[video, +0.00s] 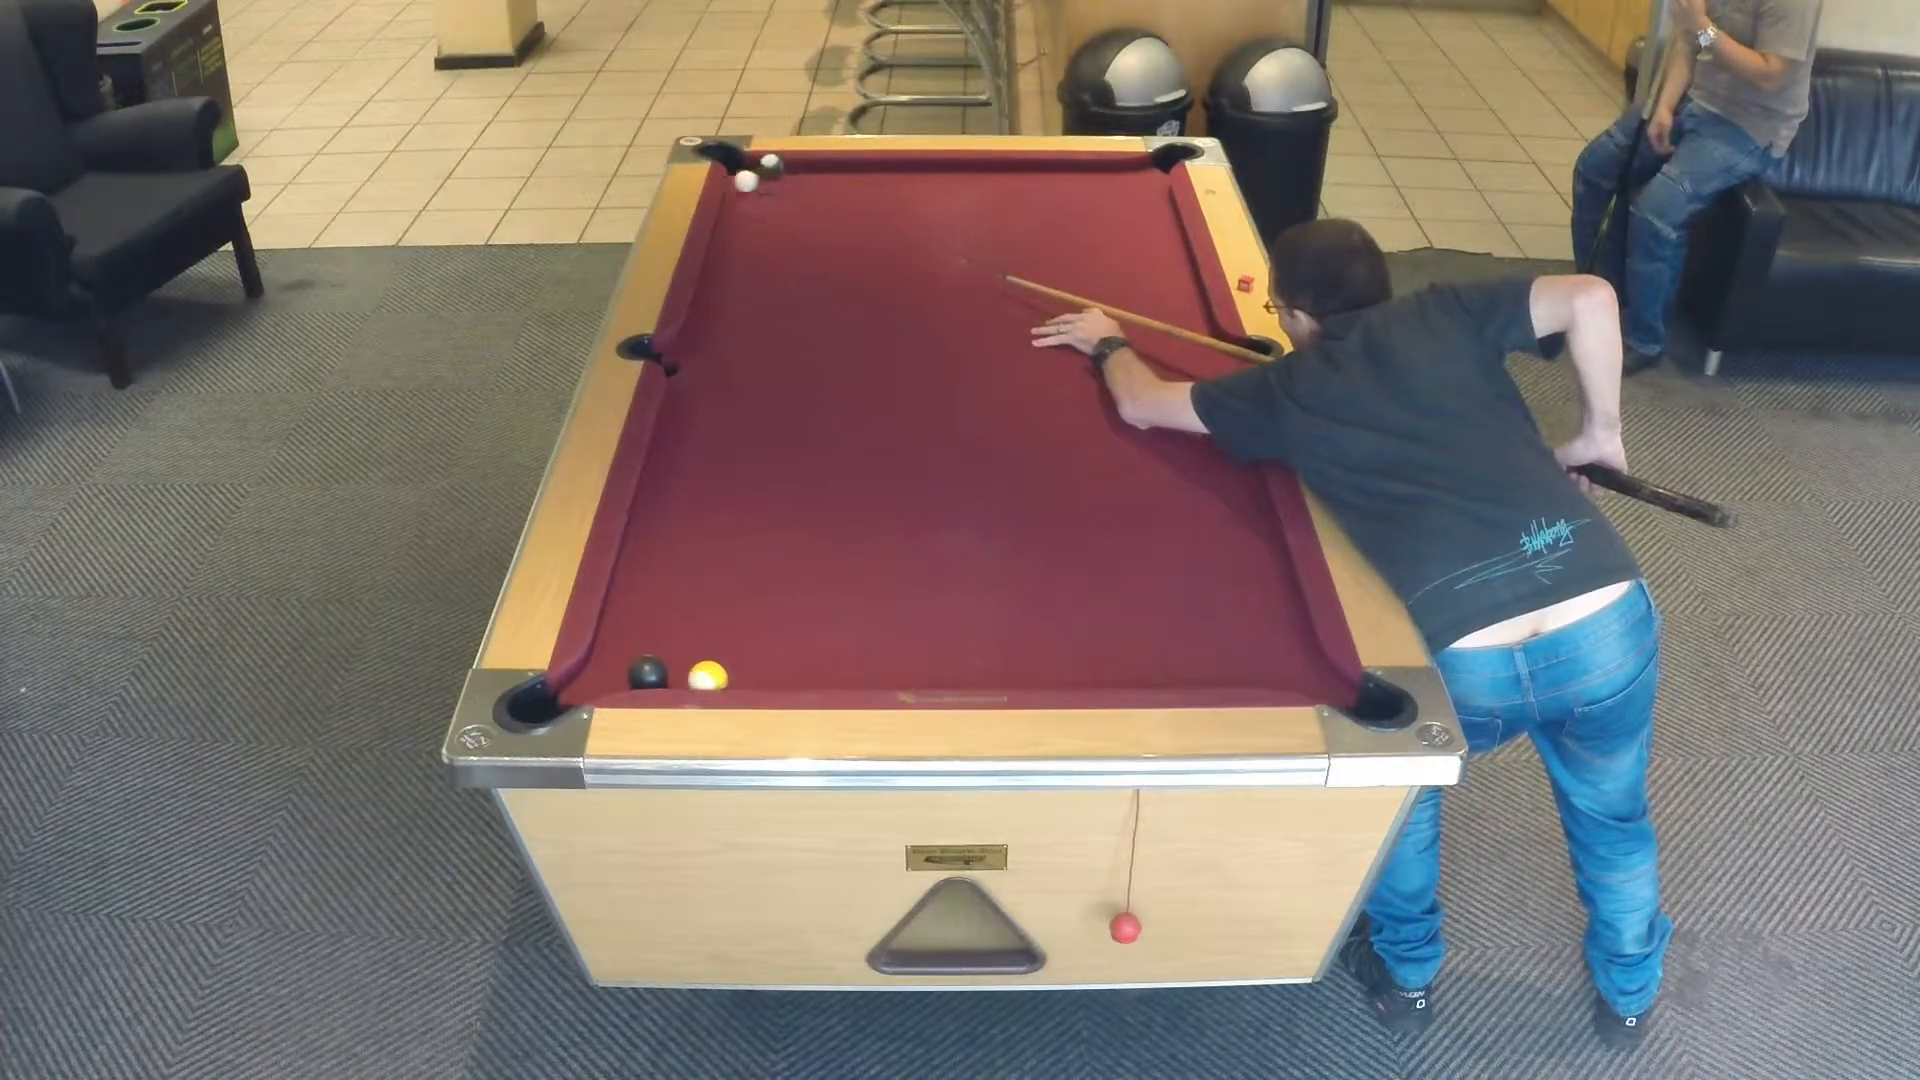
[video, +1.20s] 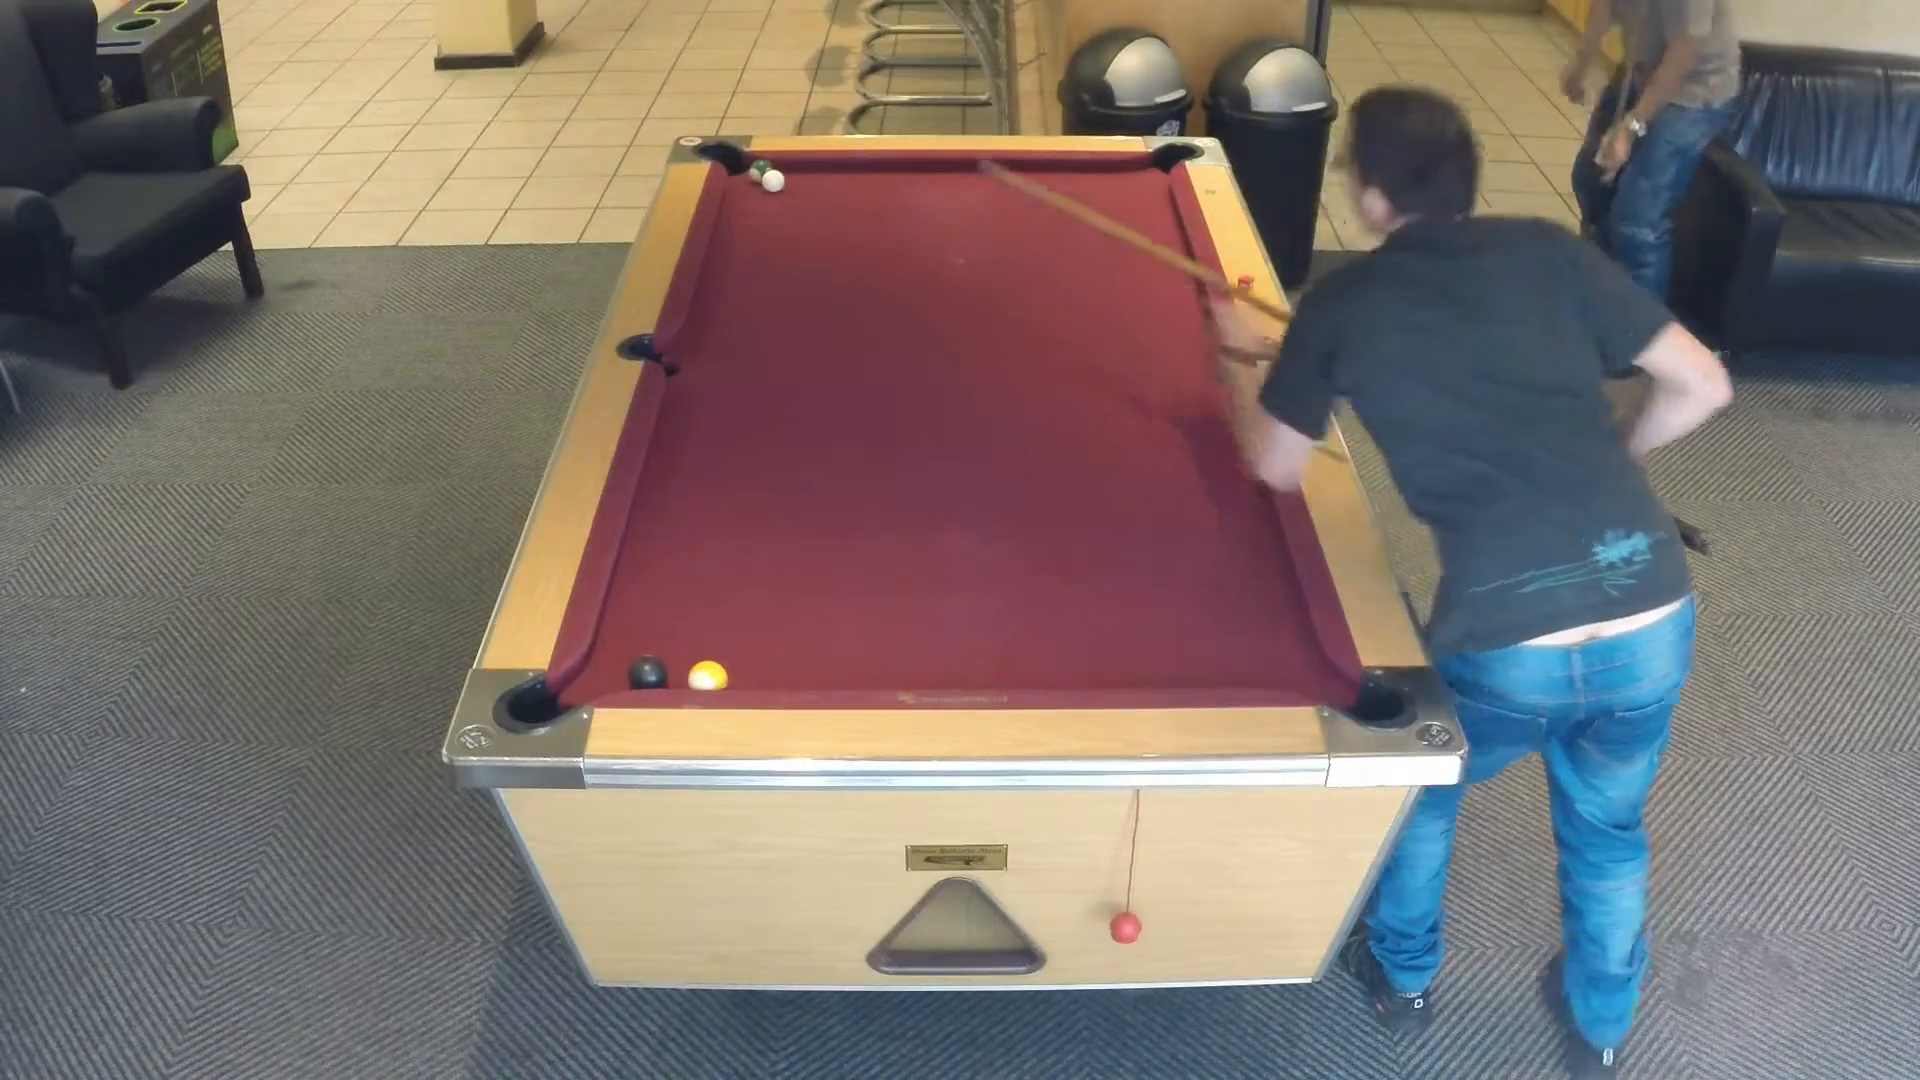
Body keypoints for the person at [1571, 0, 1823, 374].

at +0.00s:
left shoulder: (1792, 6)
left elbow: (1771, 76)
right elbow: (1686, 40)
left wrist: (1702, 28)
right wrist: (1665, 105)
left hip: (1746, 126)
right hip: (1688, 102)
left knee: (1654, 210)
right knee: (1594, 168)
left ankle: (1642, 342)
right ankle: (1593, 302)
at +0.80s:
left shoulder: (1741, 6)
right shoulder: (1666, 5)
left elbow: (1734, 77)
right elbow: (1657, 51)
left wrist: (1667, 34)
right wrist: (1647, 112)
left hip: (1742, 122)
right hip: (1682, 107)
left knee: (1649, 212)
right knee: (1590, 171)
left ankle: (1636, 343)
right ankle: (1592, 309)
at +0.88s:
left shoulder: (1728, 6)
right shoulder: (1650, 5)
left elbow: (1725, 79)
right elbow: (1648, 45)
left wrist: (1652, 49)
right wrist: (1640, 109)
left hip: (1738, 114)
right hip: (1678, 101)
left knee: (1646, 213)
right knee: (1591, 172)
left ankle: (1634, 343)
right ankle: (1593, 307)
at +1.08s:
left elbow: (1694, 67)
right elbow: (1620, 11)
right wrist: (1607, 89)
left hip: (1718, 93)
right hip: (1659, 79)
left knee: (1639, 221)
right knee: (1593, 176)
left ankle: (1634, 344)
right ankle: (1594, 304)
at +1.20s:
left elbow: (1686, 47)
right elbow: (1606, 6)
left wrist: (1632, 126)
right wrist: (1584, 60)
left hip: (1699, 87)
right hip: (1643, 70)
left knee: (1636, 222)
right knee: (1591, 179)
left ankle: (1640, 336)